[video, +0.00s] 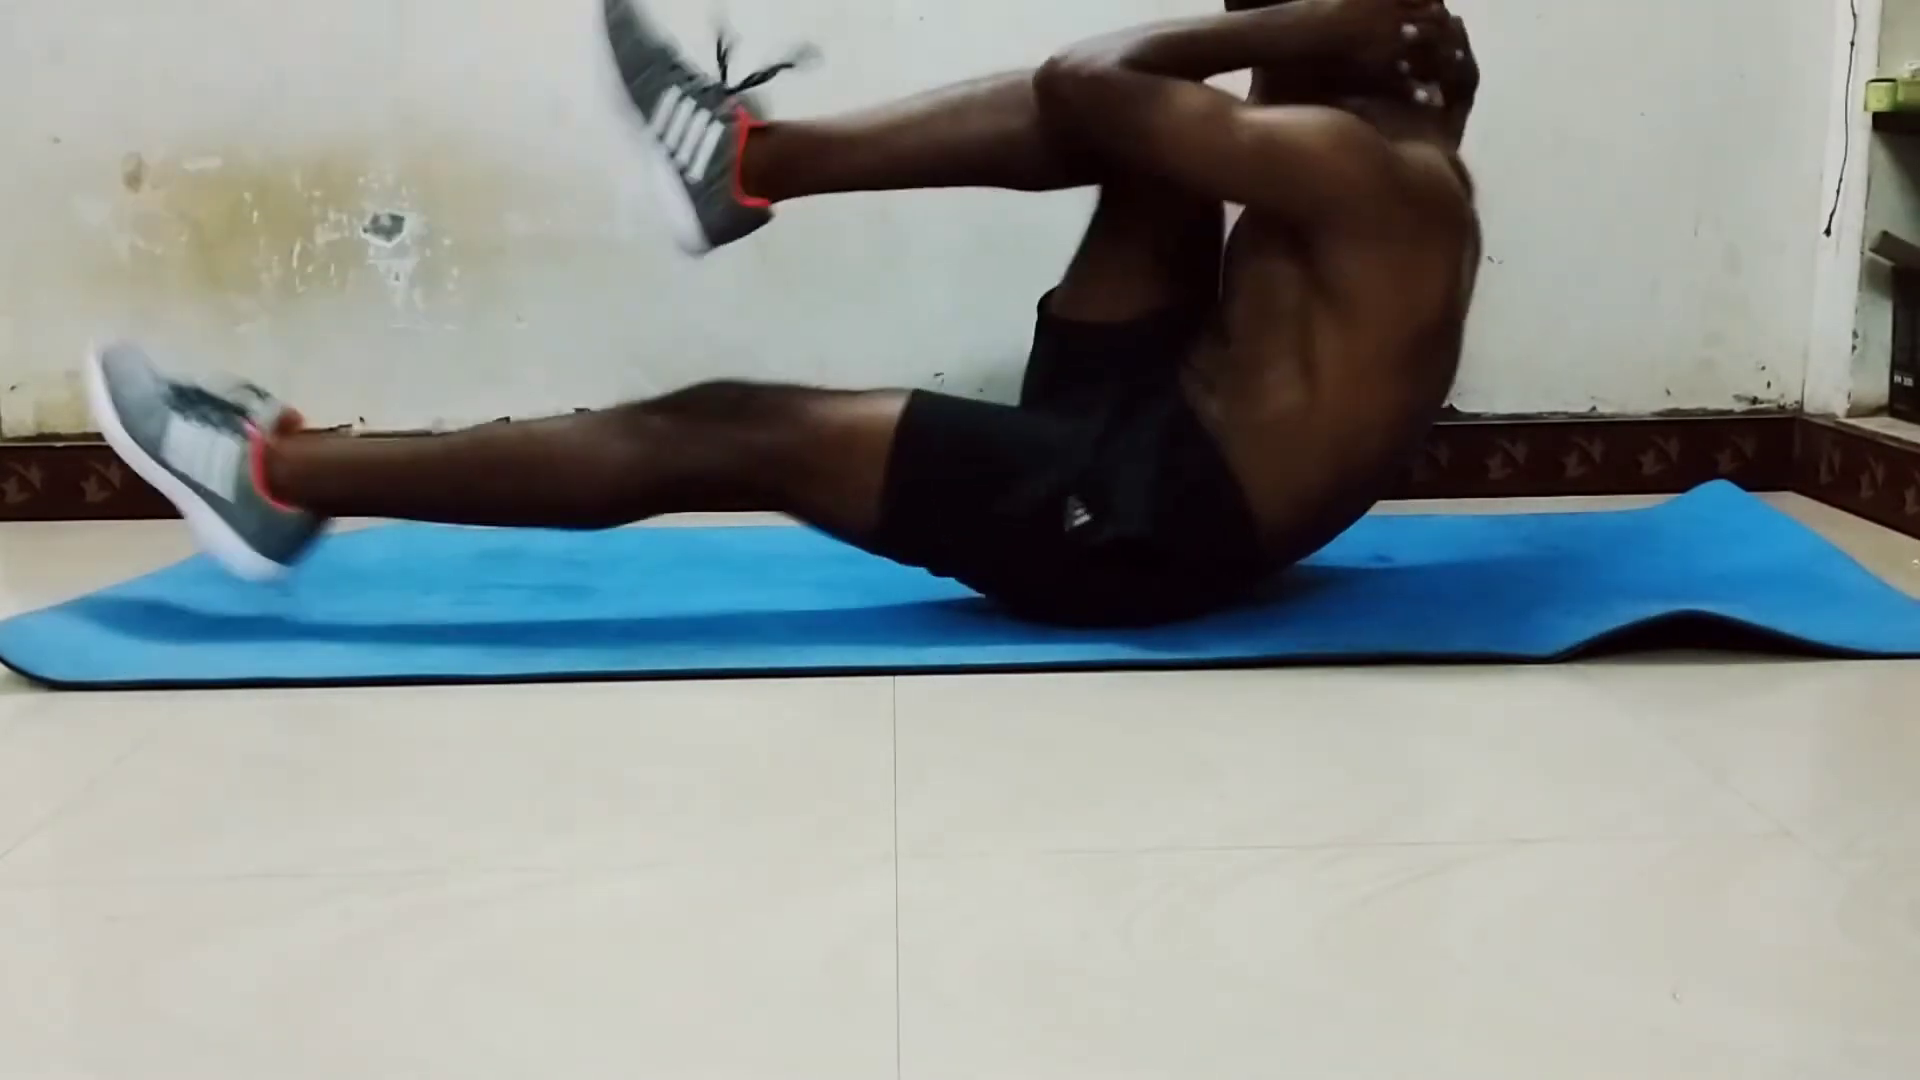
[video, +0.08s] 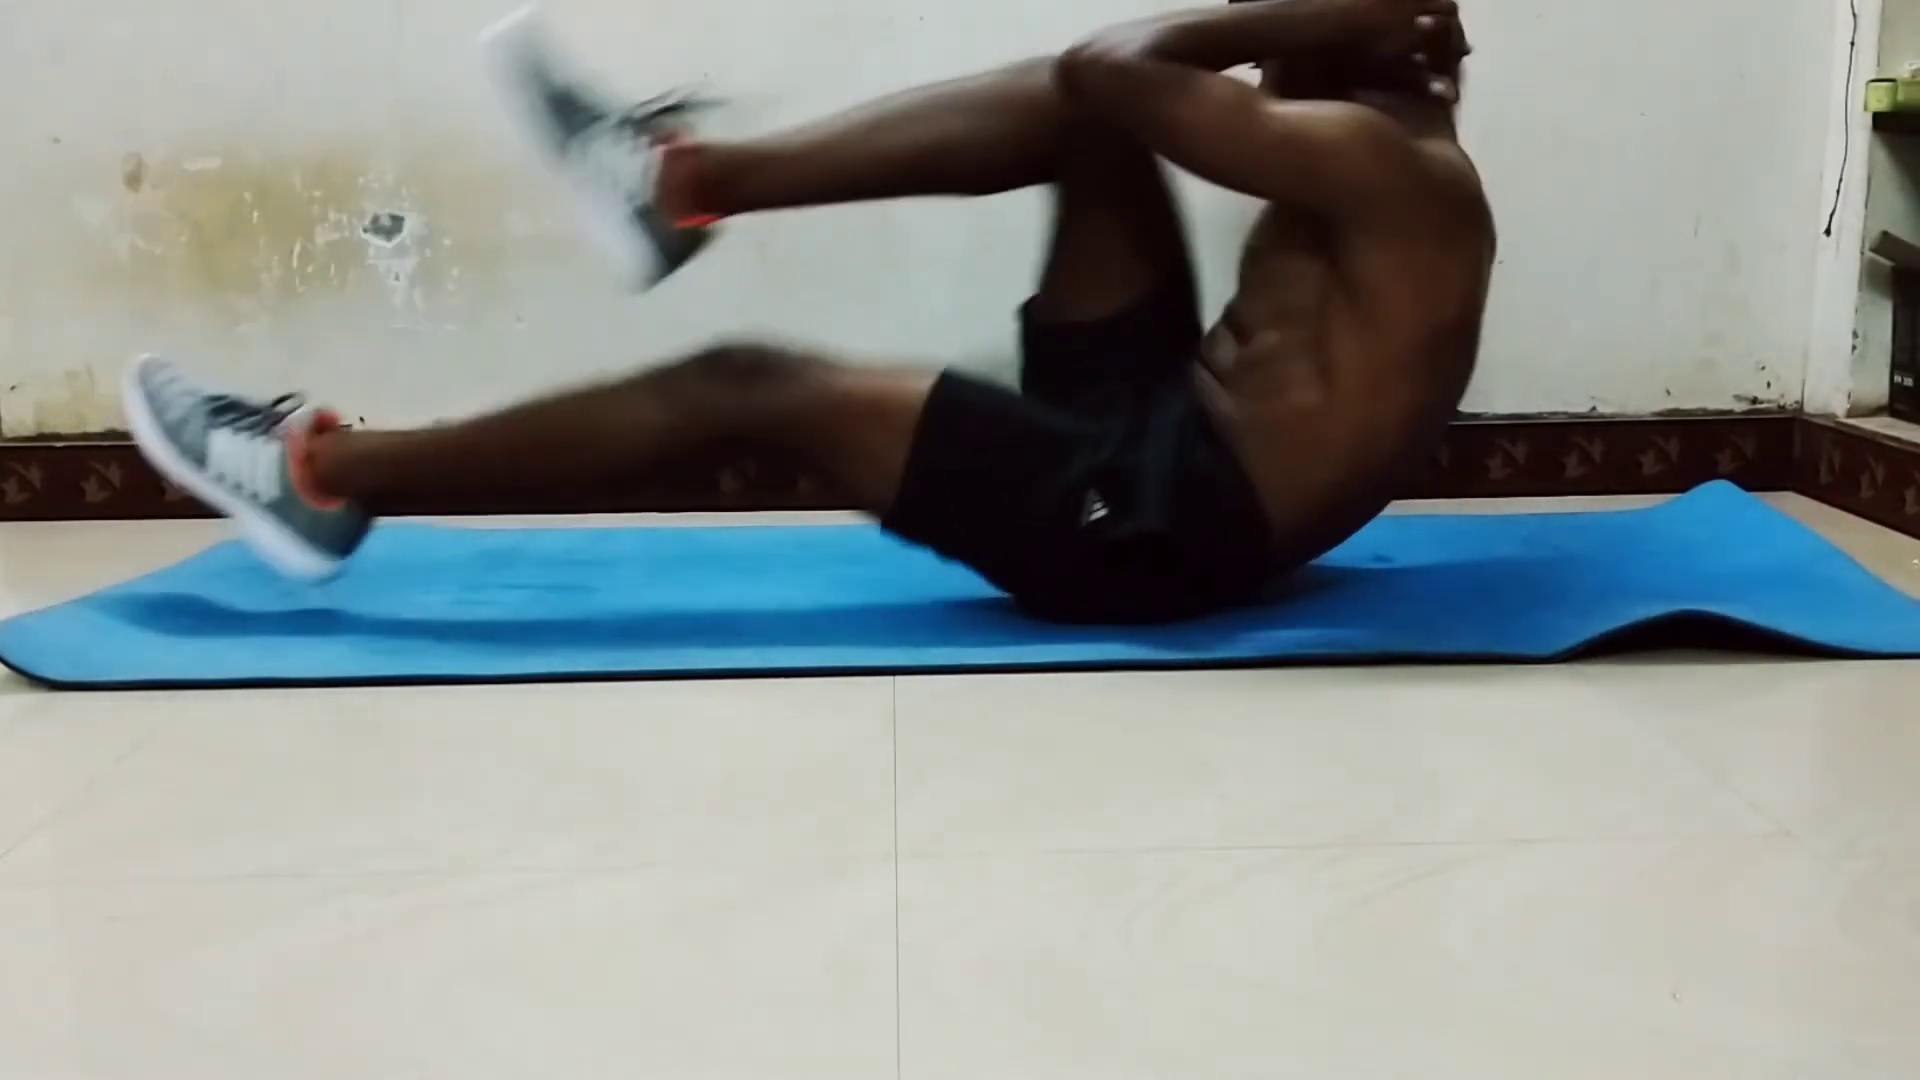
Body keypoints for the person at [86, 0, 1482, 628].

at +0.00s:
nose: (1254, 75)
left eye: (1296, 52)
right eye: (1280, 47)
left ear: (1392, 66)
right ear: (1409, 74)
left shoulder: (1367, 170)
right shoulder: (1388, 166)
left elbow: (1072, 106)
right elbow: (1109, 88)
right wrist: (1343, 39)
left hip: (1132, 517)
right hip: (1143, 440)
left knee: (731, 430)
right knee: (1150, 123)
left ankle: (285, 472)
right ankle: (757, 161)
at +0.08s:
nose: (1257, 63)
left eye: (1276, 40)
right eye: (1268, 40)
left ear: (1385, 45)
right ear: (1406, 52)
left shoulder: (1388, 162)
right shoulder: (1385, 158)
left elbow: (1094, 91)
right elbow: (1113, 82)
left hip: (1146, 520)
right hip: (1151, 429)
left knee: (752, 388)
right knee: (1092, 116)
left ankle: (328, 472)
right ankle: (697, 184)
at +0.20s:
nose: (1274, 66)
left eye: (1289, 49)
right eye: (1289, 45)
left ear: (1365, 54)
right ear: (1386, 56)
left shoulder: (1402, 166)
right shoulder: (1389, 167)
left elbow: (1136, 62)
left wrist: (1360, 60)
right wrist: (1322, 67)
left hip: (1148, 514)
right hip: (1148, 427)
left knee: (762, 346)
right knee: (1046, 112)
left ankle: (347, 457)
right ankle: (638, 200)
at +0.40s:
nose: (1468, 52)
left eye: (1448, 32)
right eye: (1450, 31)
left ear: (1405, 64)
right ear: (1407, 62)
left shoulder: (1438, 204)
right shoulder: (1396, 204)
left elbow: (1242, 44)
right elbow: (1248, 47)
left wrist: (1389, 26)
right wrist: (1376, 31)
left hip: (1159, 515)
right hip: (1140, 482)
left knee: (864, 193)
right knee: (862, 187)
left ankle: (487, 332)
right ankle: (495, 281)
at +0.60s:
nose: (1295, 92)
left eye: (1322, 60)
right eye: (1289, 61)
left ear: (1435, 59)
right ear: (1348, 71)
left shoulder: (1449, 192)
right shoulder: (1329, 177)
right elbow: (1128, 99)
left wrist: (1421, 58)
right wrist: (1281, 55)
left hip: (1157, 508)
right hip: (1104, 475)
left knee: (1023, 102)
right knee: (757, 332)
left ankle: (632, 183)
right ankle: (370, 337)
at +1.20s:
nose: (1269, 92)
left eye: (1295, 63)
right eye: (1265, 65)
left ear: (1398, 58)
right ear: (1283, 63)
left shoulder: (1458, 217)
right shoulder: (1299, 155)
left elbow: (1491, 61)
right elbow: (1119, 25)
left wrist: (1435, 41)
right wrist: (1270, 19)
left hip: (1169, 524)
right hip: (1110, 481)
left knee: (907, 169)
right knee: (852, 223)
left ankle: (489, 200)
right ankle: (495, 414)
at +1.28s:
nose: (1242, 92)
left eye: (1272, 65)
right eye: (1243, 71)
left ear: (1395, 65)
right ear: (1362, 68)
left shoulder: (1426, 218)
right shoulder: (1352, 186)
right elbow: (1226, 62)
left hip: (1150, 520)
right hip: (1124, 440)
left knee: (797, 267)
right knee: (900, 155)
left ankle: (347, 277)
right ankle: (587, 344)